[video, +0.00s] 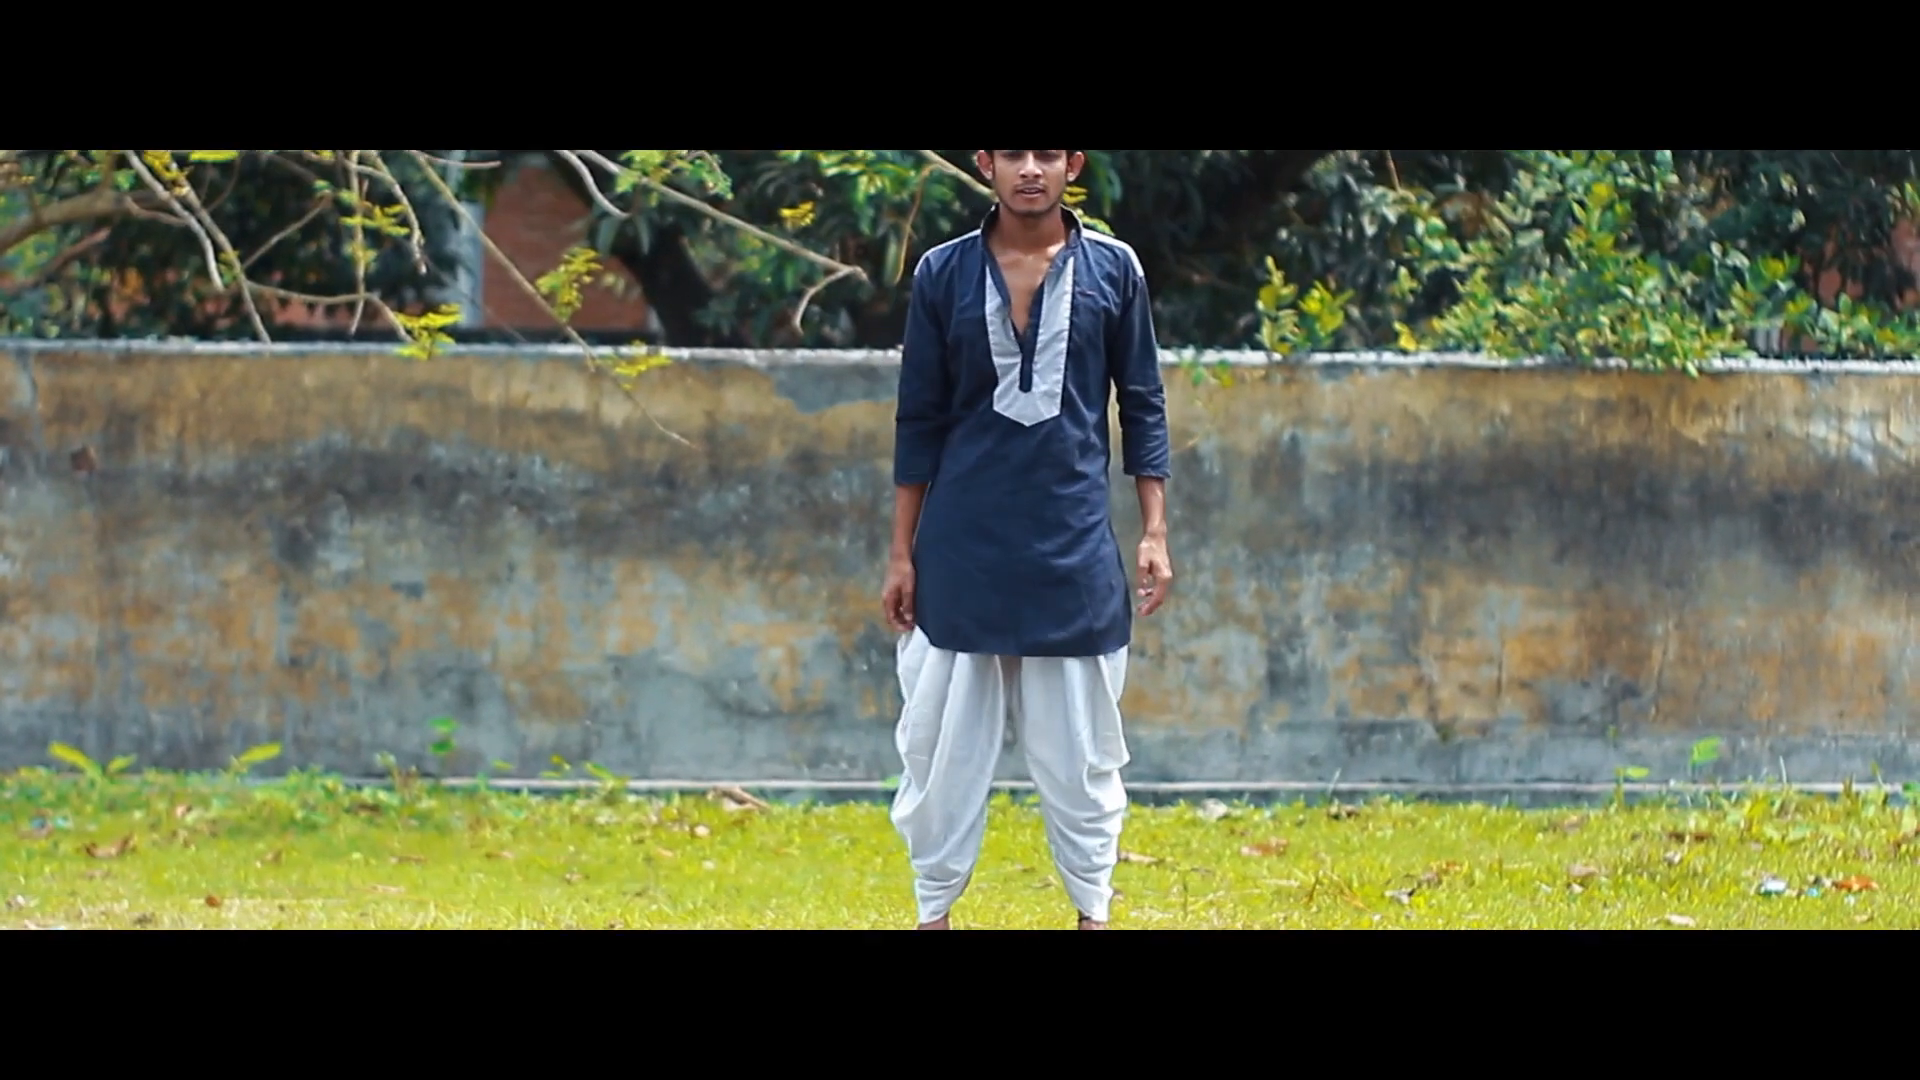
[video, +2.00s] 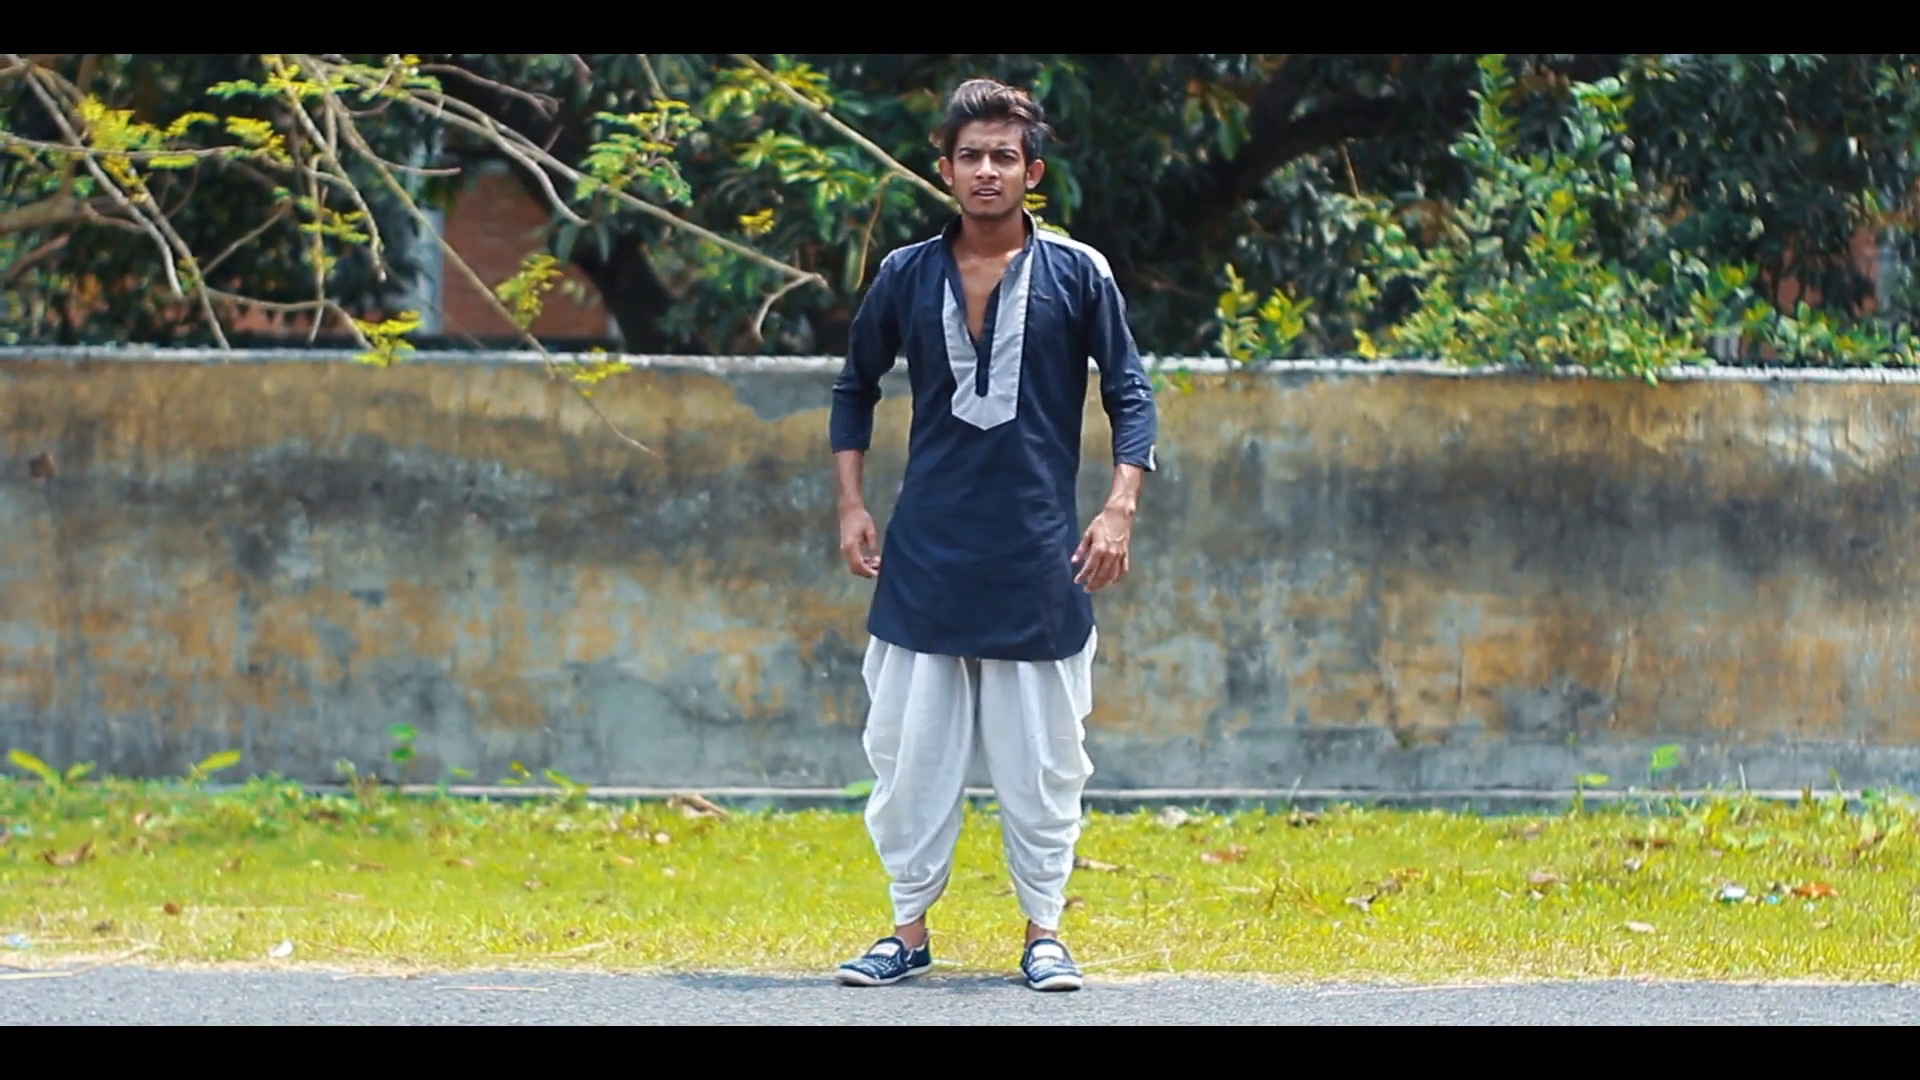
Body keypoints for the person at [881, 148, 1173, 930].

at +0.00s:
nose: (1030, 172)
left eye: (1046, 156)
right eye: (1013, 156)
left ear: (1070, 165)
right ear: (987, 164)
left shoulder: (1113, 267)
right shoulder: (941, 271)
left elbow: (1142, 404)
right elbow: (918, 418)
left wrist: (1154, 529)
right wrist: (901, 551)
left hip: (1072, 543)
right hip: (958, 543)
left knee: (1081, 744)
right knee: (940, 745)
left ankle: (1093, 914)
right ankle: (933, 915)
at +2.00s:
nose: (988, 173)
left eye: (1005, 158)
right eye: (972, 158)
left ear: (1031, 169)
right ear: (948, 169)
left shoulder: (1079, 273)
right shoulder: (902, 275)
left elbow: (1130, 396)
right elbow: (856, 388)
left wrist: (1120, 507)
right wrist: (851, 503)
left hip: (1036, 547)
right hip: (926, 546)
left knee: (1043, 750)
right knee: (907, 747)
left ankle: (1044, 935)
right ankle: (910, 933)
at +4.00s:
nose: (1156, 225)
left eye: (1175, 213)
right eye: (1141, 212)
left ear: (1203, 237)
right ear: (1117, 232)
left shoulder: (1235, 348)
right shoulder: (1076, 336)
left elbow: (1304, 464)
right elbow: (1021, 450)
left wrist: (1415, 410)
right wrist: (915, 401)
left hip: (1167, 611)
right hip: (1058, 599)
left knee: (1192, 788)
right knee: (948, 758)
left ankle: (1226, 965)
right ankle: (935, 944)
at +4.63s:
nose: (1009, 159)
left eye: (1024, 144)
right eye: (994, 139)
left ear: (1035, 152)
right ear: (949, 137)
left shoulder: (1038, 246)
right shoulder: (896, 225)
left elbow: (1131, 324)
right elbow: (831, 288)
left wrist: (1141, 219)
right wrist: (908, 192)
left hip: (1008, 517)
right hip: (916, 514)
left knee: (1030, 711)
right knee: (919, 721)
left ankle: (945, 909)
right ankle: (952, 887)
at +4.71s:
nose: (989, 136)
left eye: (1002, 120)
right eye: (973, 116)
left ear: (1013, 123)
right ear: (920, 107)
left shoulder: (1010, 196)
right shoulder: (877, 189)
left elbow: (1111, 210)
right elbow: (782, 162)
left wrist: (1095, 126)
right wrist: (870, 91)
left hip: (998, 493)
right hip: (904, 493)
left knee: (1036, 689)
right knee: (890, 701)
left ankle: (965, 879)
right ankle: (861, 861)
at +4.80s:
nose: (967, 148)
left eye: (979, 133)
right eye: (953, 127)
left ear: (991, 135)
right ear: (904, 113)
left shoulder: (974, 190)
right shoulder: (860, 187)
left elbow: (1032, 146)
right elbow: (764, 108)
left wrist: (1020, 87)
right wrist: (855, 66)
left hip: (978, 487)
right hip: (891, 489)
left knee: (1051, 666)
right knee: (850, 692)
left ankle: (988, 870)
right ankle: (791, 886)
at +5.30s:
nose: (865, 219)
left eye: (880, 208)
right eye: (855, 200)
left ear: (887, 213)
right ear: (816, 188)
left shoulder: (862, 276)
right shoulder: (770, 272)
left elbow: (941, 256)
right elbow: (811, 178)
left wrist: (890, 186)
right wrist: (820, 152)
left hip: (947, 527)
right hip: (868, 543)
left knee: (1021, 713)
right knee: (835, 761)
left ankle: (1039, 912)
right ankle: (751, 929)